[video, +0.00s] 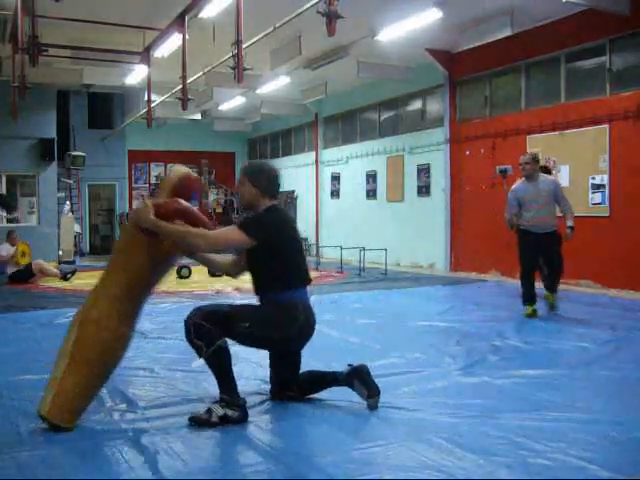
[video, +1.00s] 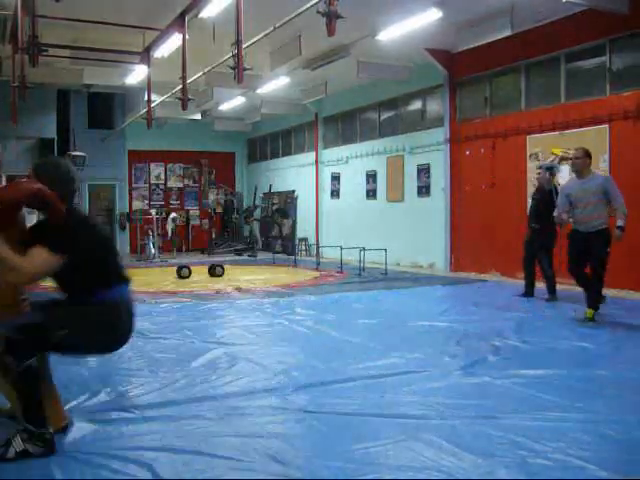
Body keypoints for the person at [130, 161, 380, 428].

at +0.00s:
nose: (237, 191)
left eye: (241, 185)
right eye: (239, 185)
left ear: (255, 188)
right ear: (267, 189)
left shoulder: (267, 221)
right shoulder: (275, 223)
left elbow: (205, 240)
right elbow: (230, 268)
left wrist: (153, 223)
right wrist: (188, 249)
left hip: (280, 320)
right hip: (295, 319)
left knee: (200, 322)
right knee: (284, 389)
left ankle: (231, 404)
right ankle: (350, 377)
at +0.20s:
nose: (183, 197)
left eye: (187, 192)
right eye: (184, 191)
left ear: (204, 195)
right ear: (218, 192)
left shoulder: (227, 223)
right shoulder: (237, 217)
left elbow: (173, 252)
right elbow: (186, 246)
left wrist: (119, 221)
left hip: (271, 312)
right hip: (288, 308)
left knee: (191, 330)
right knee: (292, 389)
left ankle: (231, 407)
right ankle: (366, 383)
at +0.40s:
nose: (133, 191)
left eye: (135, 184)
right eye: (132, 185)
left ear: (149, 181)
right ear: (166, 175)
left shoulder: (178, 203)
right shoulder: (179, 197)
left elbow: (133, 250)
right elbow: (135, 234)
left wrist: (77, 220)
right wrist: (93, 215)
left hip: (249, 274)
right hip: (263, 269)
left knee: (185, 334)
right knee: (265, 355)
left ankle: (231, 407)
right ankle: (345, 367)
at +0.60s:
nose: (86, 178)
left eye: (88, 171)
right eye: (85, 172)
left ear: (102, 170)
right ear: (118, 164)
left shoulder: (140, 188)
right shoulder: (129, 190)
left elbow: (101, 246)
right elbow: (98, 236)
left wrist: (38, 219)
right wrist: (51, 215)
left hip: (227, 247)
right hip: (211, 248)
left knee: (179, 329)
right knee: (154, 304)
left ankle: (230, 404)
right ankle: (192, 374)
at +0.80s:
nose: (44, 174)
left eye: (48, 166)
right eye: (45, 167)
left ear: (62, 167)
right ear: (77, 163)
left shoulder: (104, 192)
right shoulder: (84, 198)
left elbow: (71, 253)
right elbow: (66, 248)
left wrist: (14, 224)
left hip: (160, 271)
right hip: (145, 269)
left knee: (81, 316)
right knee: (83, 316)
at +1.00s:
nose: (26, 188)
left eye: (32, 182)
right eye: (29, 182)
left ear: (44, 189)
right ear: (66, 189)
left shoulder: (67, 228)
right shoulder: (55, 224)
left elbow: (24, 271)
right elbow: (19, 252)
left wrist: (1, 242)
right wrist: (10, 211)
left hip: (106, 322)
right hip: (99, 314)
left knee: (18, 338)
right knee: (21, 322)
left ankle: (37, 433)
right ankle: (49, 413)